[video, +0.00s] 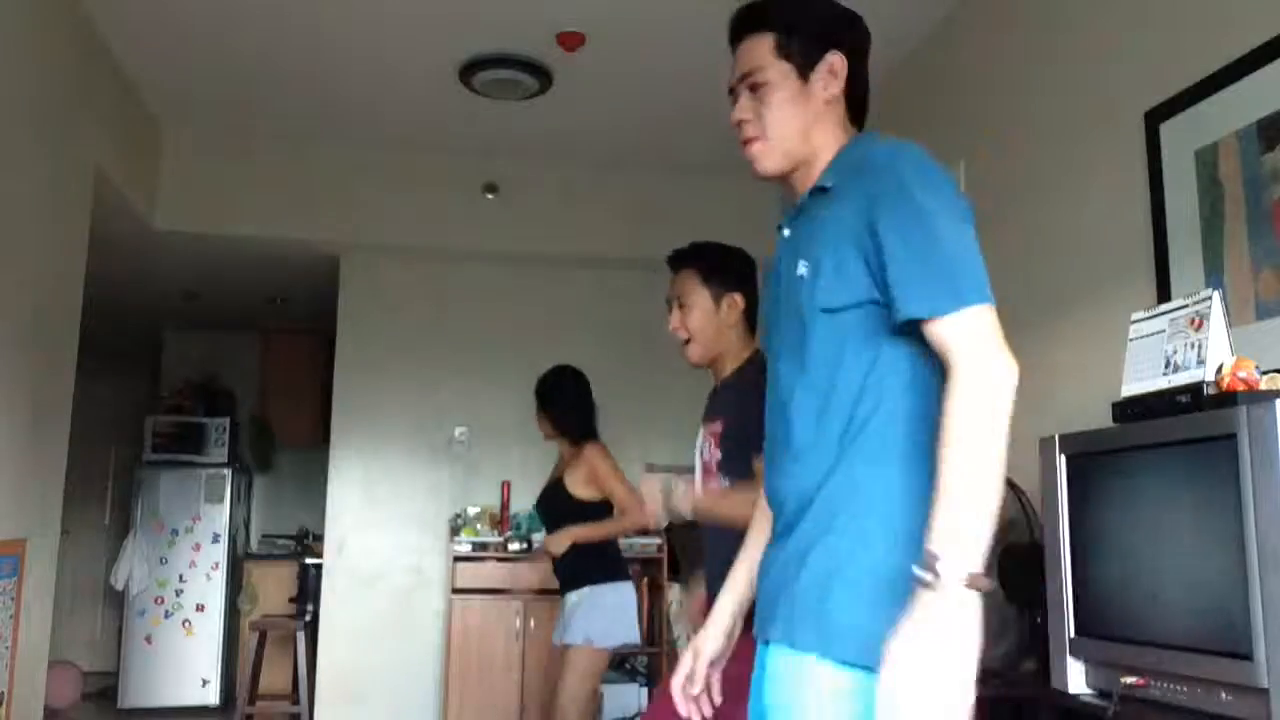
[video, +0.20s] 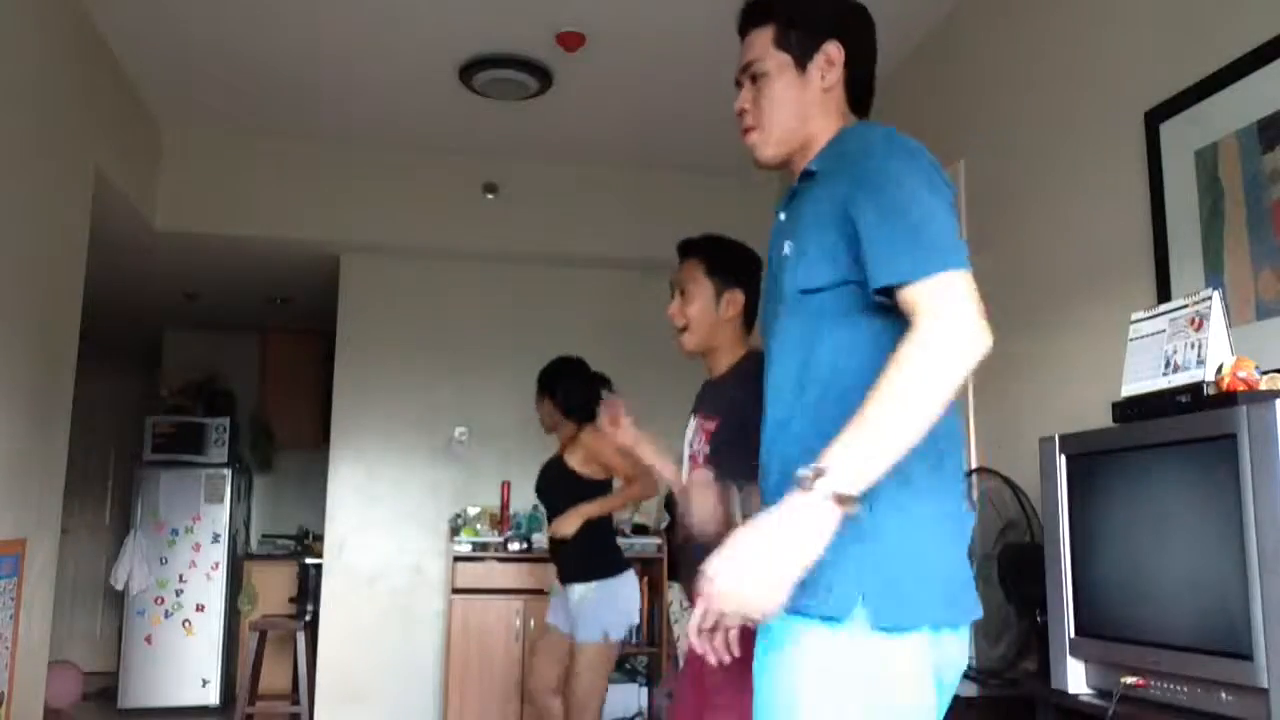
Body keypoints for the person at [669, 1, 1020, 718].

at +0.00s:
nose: (736, 115)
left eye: (756, 87)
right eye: (733, 96)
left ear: (830, 77)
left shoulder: (891, 176)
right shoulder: (792, 241)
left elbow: (986, 368)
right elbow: (790, 459)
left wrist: (949, 588)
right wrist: (727, 614)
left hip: (863, 617)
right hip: (797, 614)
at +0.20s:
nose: (738, 104)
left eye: (755, 75)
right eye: (739, 85)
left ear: (827, 66)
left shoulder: (874, 158)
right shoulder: (801, 204)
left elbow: (954, 327)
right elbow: (816, 414)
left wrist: (808, 511)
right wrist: (748, 574)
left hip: (869, 607)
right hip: (816, 604)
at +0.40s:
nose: (737, 129)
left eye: (754, 102)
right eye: (739, 110)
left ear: (825, 95)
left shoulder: (864, 188)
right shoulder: (801, 234)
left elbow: (916, 384)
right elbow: (807, 438)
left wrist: (724, 499)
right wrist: (736, 575)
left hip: (860, 636)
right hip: (811, 625)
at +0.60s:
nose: (737, 90)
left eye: (750, 65)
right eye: (738, 72)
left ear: (820, 53)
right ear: (817, 57)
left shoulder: (858, 138)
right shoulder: (803, 176)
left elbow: (904, 305)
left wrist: (744, 374)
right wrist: (707, 413)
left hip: (866, 565)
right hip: (824, 561)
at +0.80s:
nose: (738, 148)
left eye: (753, 122)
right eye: (739, 128)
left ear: (825, 117)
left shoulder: (848, 187)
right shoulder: (813, 229)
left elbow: (892, 373)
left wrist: (698, 439)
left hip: (856, 637)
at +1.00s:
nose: (726, 66)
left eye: (738, 40)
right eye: (725, 47)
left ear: (811, 25)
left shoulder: (855, 110)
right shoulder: (796, 153)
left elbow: (945, 293)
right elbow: (834, 370)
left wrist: (810, 452)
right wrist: (728, 453)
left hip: (887, 550)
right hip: (828, 546)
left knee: (871, 707)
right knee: (810, 708)